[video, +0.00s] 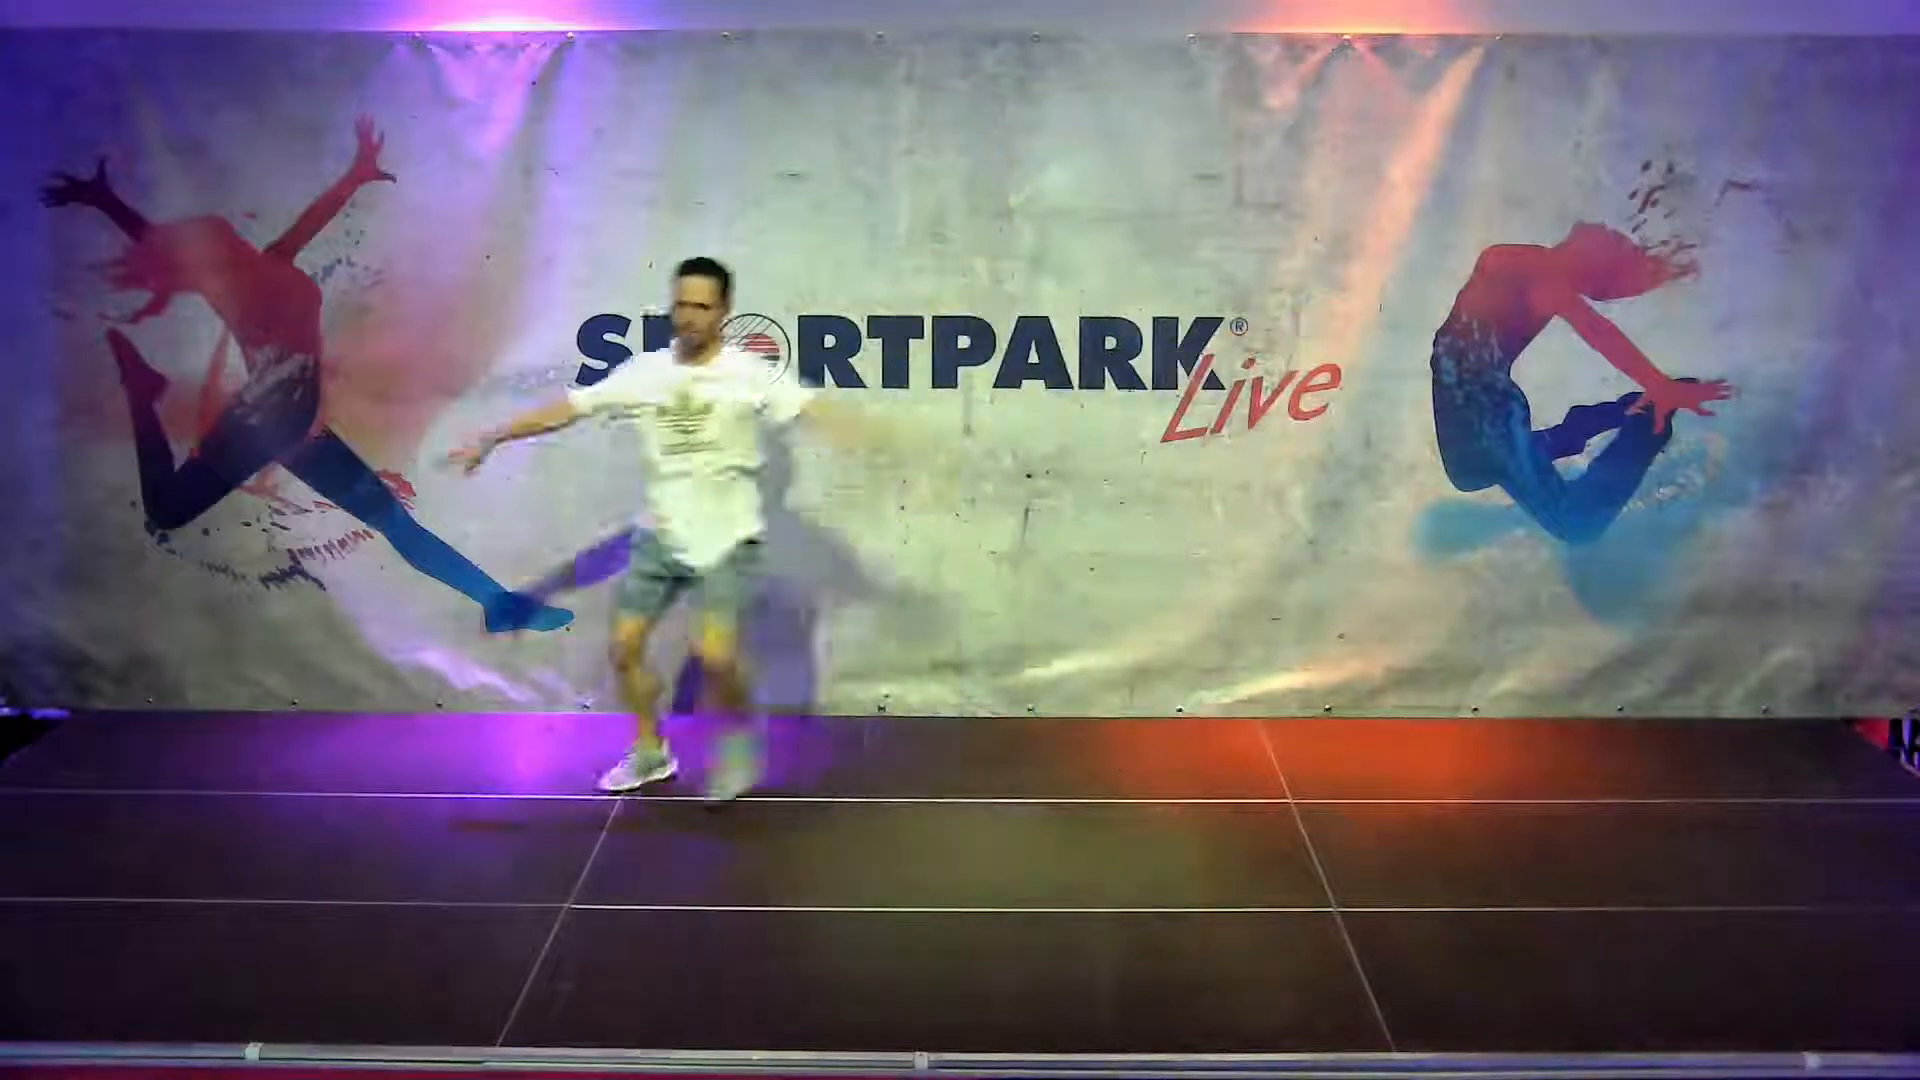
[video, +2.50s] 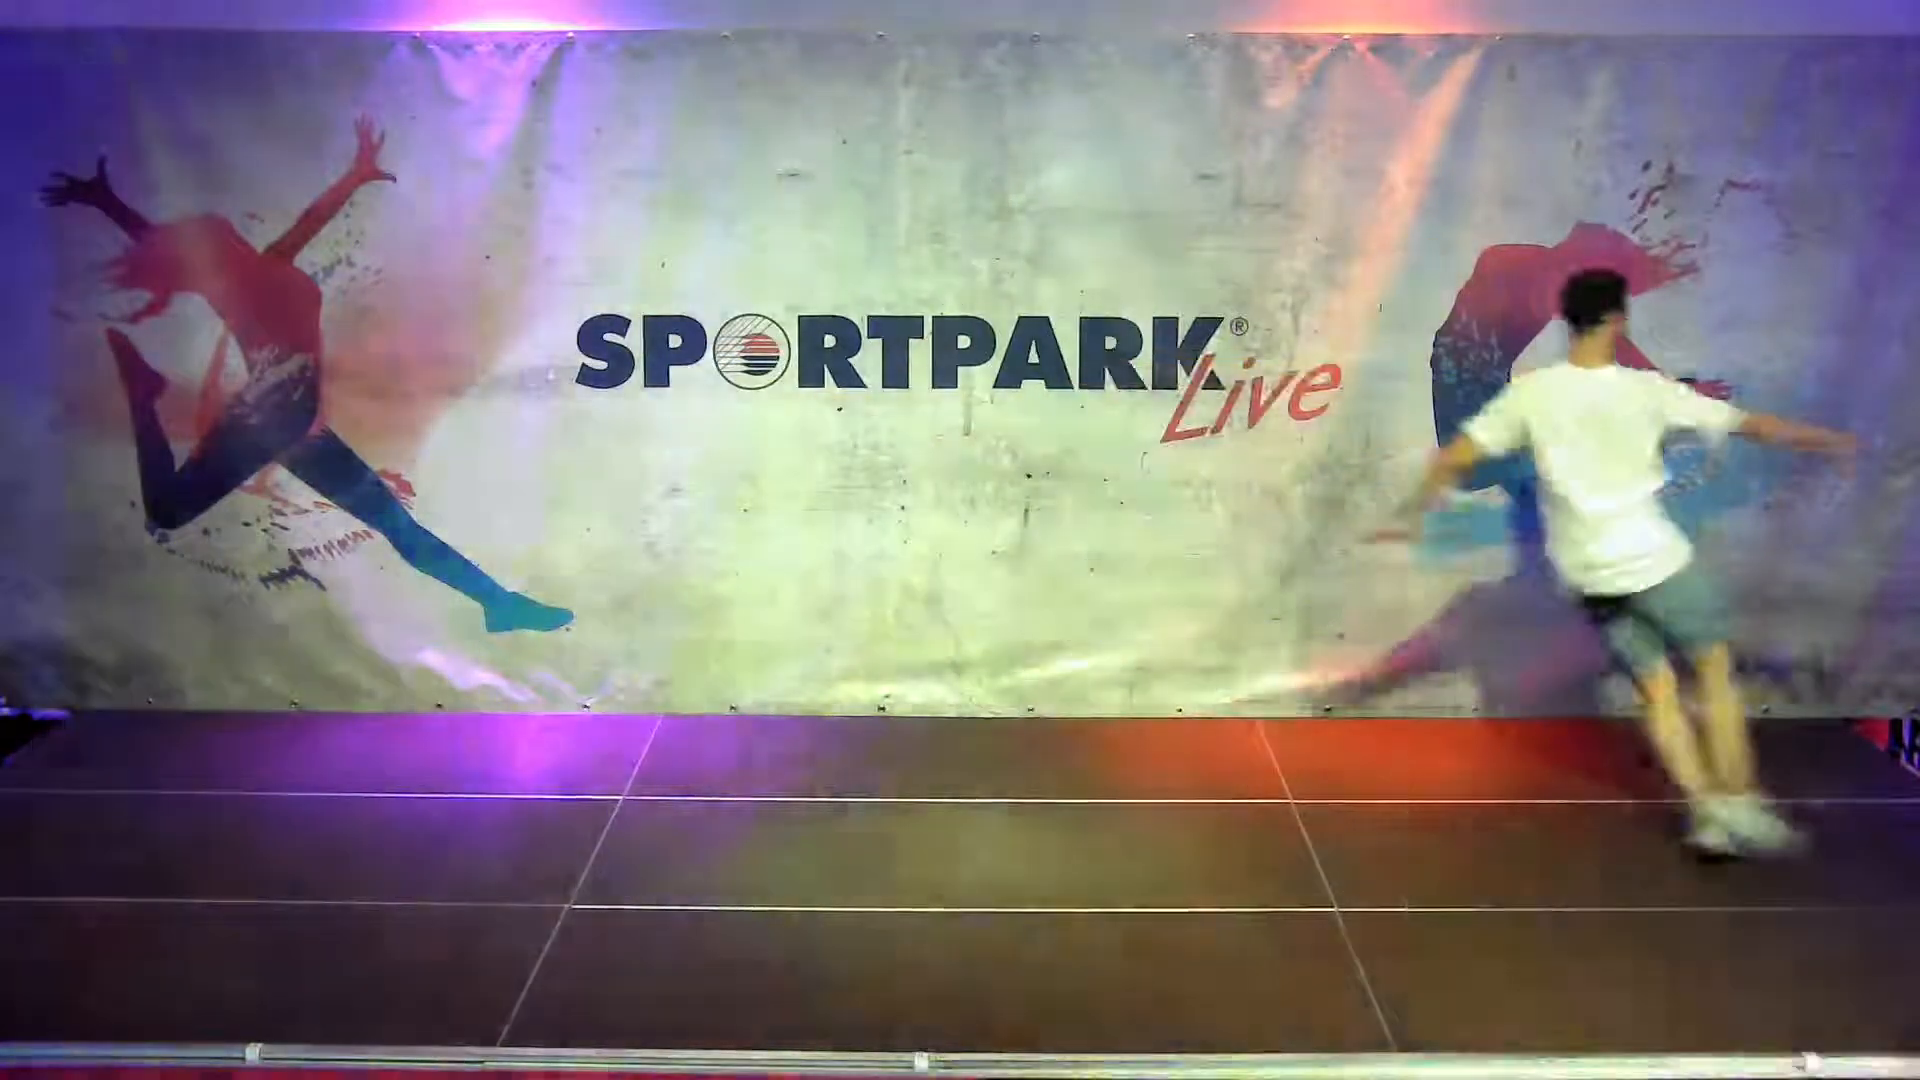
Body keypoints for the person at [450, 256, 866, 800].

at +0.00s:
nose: (687, 316)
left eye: (700, 307)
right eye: (681, 305)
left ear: (724, 313)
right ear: (672, 308)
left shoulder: (750, 375)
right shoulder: (646, 372)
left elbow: (817, 413)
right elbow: (571, 408)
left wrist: (879, 438)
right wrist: (494, 437)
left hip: (730, 536)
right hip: (662, 533)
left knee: (714, 652)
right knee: (625, 645)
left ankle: (740, 741)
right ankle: (650, 752)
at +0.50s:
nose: (607, 332)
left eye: (622, 325)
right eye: (606, 319)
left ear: (652, 338)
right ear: (603, 322)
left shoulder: (630, 404)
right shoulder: (611, 387)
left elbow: (602, 472)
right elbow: (574, 402)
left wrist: (507, 483)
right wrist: (513, 394)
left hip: (605, 568)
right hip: (571, 555)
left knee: (527, 681)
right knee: (492, 623)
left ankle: (556, 824)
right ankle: (575, 723)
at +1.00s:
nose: (744, 289)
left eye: (742, 277)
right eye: (737, 278)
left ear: (702, 287)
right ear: (713, 286)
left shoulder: (712, 349)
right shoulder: (677, 369)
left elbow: (728, 290)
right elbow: (650, 469)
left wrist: (745, 239)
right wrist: (658, 557)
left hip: (704, 528)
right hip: (648, 533)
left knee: (737, 632)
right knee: (619, 649)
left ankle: (709, 748)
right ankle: (580, 761)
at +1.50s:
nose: (954, 317)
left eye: (941, 307)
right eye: (959, 308)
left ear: (916, 313)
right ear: (963, 314)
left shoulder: (878, 376)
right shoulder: (988, 387)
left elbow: (793, 394)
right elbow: (1068, 416)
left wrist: (730, 379)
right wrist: (1119, 425)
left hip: (870, 549)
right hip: (944, 557)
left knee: (814, 640)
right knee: (999, 640)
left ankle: (749, 757)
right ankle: (1000, 767)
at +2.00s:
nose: (1289, 294)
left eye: (1282, 284)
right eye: (1285, 285)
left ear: (1233, 291)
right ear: (1274, 288)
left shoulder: (1198, 363)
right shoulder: (1319, 347)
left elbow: (1115, 399)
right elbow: (1397, 318)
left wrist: (1034, 427)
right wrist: (1402, 290)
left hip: (1245, 537)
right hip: (1318, 534)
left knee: (1229, 660)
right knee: (1375, 640)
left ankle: (1201, 792)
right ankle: (1333, 759)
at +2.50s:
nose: (1622, 327)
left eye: (1615, 318)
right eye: (1620, 317)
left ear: (1567, 321)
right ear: (1615, 321)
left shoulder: (1532, 393)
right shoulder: (1645, 389)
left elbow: (1456, 455)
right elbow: (1741, 421)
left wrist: (1419, 502)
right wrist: (1821, 439)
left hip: (1587, 571)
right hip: (1652, 555)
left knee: (1655, 687)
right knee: (1712, 660)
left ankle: (1703, 809)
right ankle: (1739, 800)